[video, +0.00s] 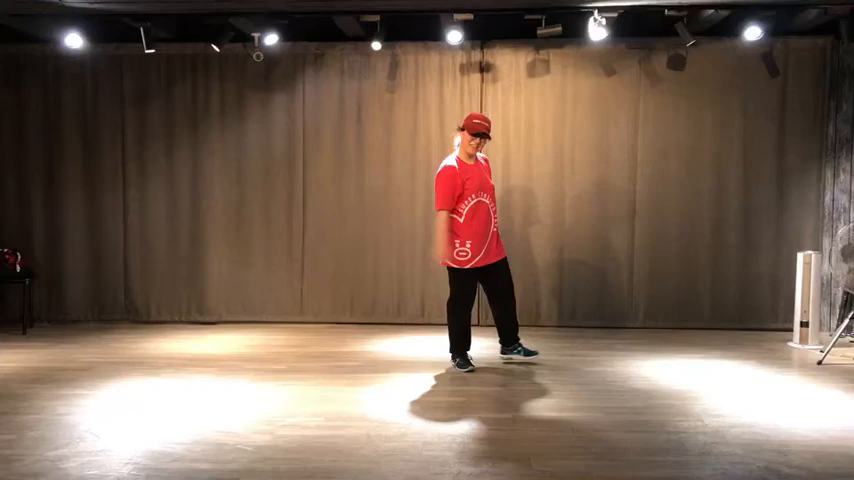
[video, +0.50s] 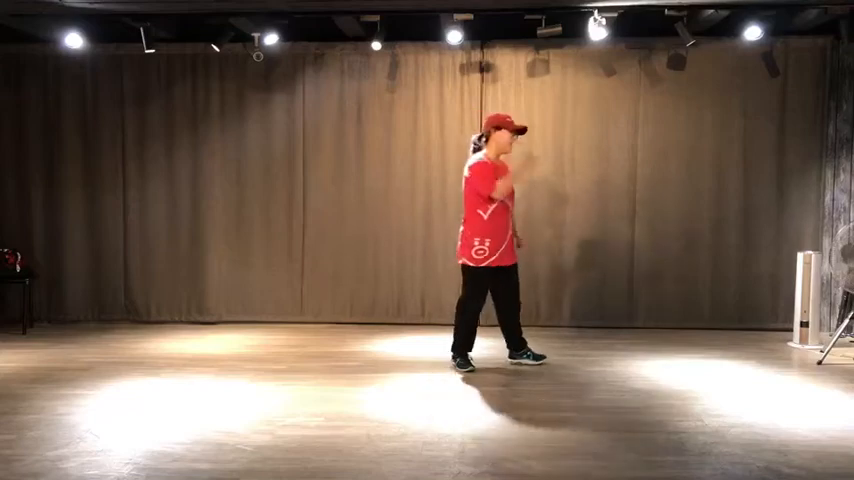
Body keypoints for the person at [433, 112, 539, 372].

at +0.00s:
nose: (478, 141)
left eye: (482, 138)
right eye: (474, 136)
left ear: (486, 141)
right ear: (461, 135)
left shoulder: (483, 164)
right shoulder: (450, 169)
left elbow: (485, 202)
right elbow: (443, 212)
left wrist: (491, 237)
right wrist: (443, 247)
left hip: (490, 246)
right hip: (462, 250)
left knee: (503, 295)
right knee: (461, 303)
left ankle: (510, 344)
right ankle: (459, 353)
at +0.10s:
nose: (481, 142)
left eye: (486, 138)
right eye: (478, 136)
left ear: (488, 141)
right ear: (465, 134)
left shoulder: (483, 164)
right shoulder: (450, 168)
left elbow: (485, 201)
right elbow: (451, 207)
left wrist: (491, 232)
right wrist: (473, 233)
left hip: (490, 247)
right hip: (463, 250)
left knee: (502, 297)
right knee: (461, 303)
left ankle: (515, 345)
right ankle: (459, 353)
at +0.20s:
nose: (490, 143)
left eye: (492, 139)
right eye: (487, 137)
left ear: (490, 141)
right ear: (471, 134)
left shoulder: (486, 164)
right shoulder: (453, 165)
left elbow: (487, 196)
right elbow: (457, 195)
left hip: (490, 245)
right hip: (464, 247)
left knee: (501, 296)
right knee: (462, 301)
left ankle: (516, 344)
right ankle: (459, 353)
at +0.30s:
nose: (499, 143)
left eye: (500, 138)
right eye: (497, 137)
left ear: (487, 137)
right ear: (480, 134)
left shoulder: (487, 166)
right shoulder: (460, 164)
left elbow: (490, 202)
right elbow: (474, 183)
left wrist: (502, 227)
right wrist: (490, 156)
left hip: (491, 247)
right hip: (467, 247)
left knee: (501, 299)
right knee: (464, 301)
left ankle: (513, 346)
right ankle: (459, 353)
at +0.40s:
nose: (507, 143)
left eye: (508, 138)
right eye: (504, 137)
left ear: (493, 137)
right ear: (489, 135)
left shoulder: (494, 165)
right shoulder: (469, 164)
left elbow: (498, 202)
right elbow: (488, 183)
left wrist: (510, 227)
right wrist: (492, 149)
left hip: (496, 248)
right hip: (472, 248)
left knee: (502, 301)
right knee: (467, 302)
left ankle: (515, 348)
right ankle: (460, 352)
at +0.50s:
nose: (513, 141)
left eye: (513, 136)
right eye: (510, 135)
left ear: (498, 137)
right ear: (494, 135)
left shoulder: (503, 167)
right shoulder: (477, 165)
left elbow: (507, 205)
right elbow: (497, 192)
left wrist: (512, 232)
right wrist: (519, 170)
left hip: (502, 248)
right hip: (478, 249)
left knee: (509, 302)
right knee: (471, 304)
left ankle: (517, 349)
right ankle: (460, 353)